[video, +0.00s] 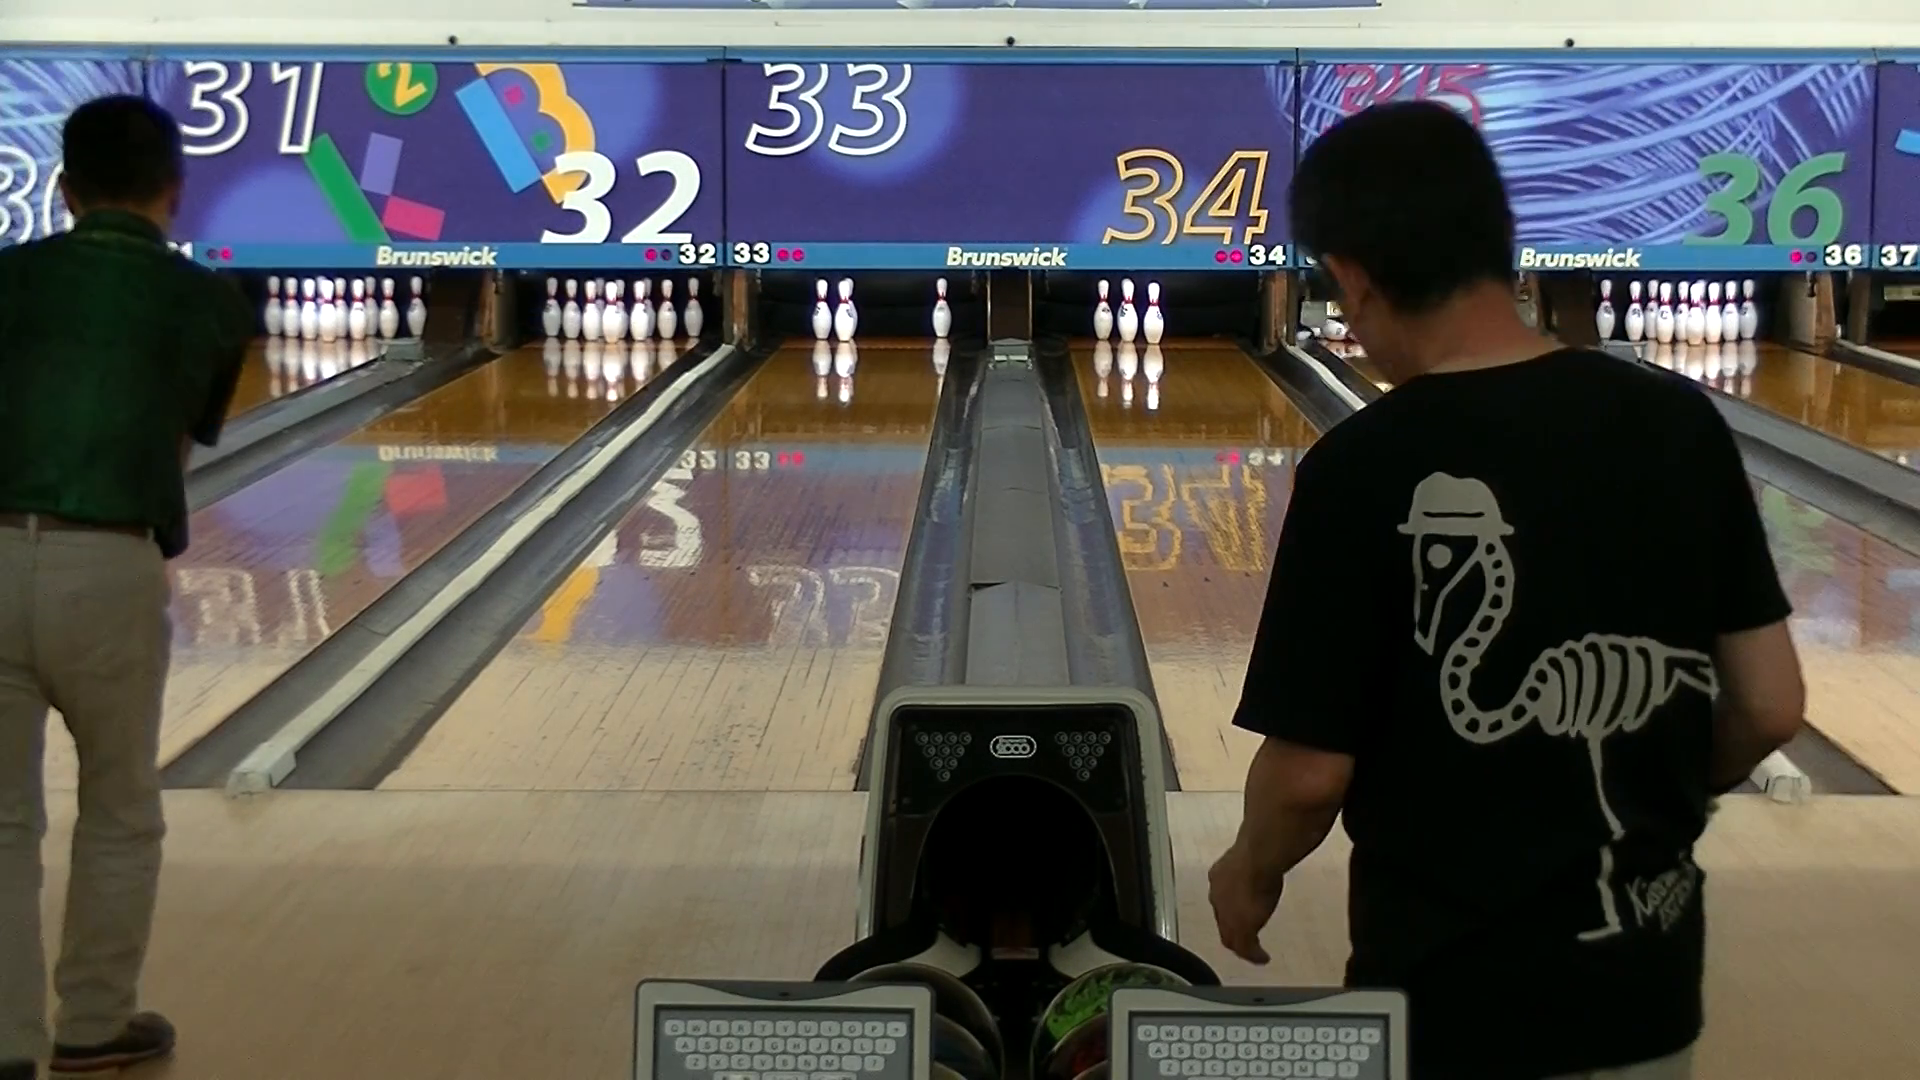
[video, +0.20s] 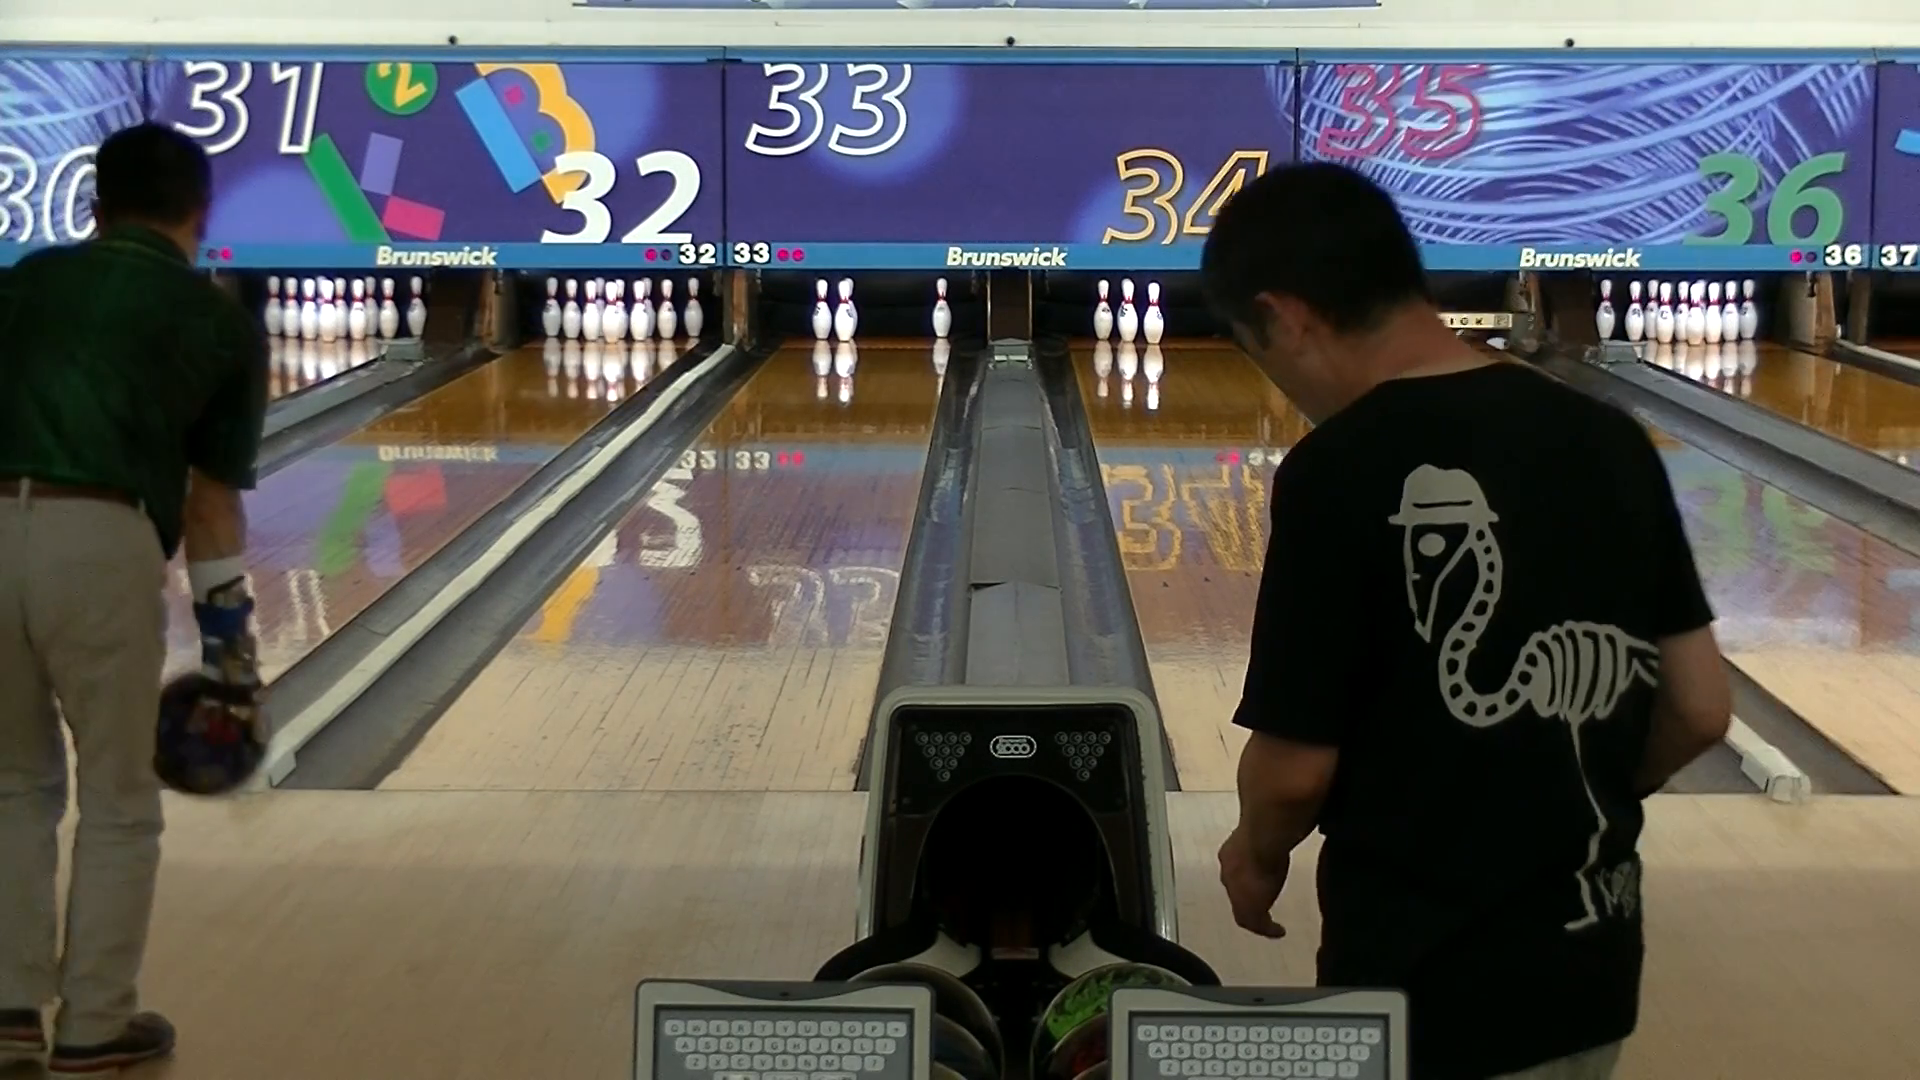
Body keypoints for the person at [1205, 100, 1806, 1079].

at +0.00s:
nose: (1341, 318)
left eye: (1331, 285)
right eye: (1332, 290)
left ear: (1355, 277)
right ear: (1495, 234)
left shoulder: (1359, 467)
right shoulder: (1675, 417)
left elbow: (1311, 775)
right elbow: (1770, 703)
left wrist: (1249, 870)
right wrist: (1652, 784)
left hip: (1448, 984)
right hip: (1645, 979)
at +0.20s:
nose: (1281, 384)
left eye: (1260, 354)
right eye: (1259, 361)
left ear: (1287, 318)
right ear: (1401, 265)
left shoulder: (1335, 471)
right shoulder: (1602, 431)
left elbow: (1293, 775)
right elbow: (1699, 707)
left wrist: (1258, 848)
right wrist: (1589, 787)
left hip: (1416, 972)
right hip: (1589, 950)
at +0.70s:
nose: (1073, 577)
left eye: (1047, 548)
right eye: (1048, 560)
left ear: (1073, 482)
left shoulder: (1176, 514)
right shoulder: (1332, 476)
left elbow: (1245, 773)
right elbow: (1400, 718)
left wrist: (1230, 890)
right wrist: (1227, 905)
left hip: (1441, 888)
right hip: (1567, 854)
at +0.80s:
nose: (1060, 618)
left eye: (1028, 587)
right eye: (1029, 598)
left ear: (1051, 517)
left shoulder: (1150, 533)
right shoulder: (1294, 498)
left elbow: (1229, 780)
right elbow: (1346, 772)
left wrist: (1190, 919)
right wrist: (1203, 915)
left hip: (1448, 873)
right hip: (1556, 841)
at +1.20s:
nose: (1027, 680)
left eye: (997, 660)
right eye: (998, 672)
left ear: (1009, 589)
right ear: (1081, 534)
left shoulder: (1088, 610)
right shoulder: (1246, 540)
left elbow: (1186, 860)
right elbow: (1321, 801)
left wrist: (1146, 1030)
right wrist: (1207, 964)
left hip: (1442, 882)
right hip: (1547, 833)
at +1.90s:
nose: (1130, 429)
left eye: (1109, 393)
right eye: (1103, 404)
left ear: (1162, 322)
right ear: (1168, 314)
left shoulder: (1245, 442)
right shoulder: (1411, 386)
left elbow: (1283, 718)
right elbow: (1429, 625)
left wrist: (1179, 792)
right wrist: (1227, 631)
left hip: (1376, 955)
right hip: (1520, 922)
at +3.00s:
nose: (1423, 386)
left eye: (1441, 333)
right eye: (1400, 347)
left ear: (1560, 289)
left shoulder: (1666, 497)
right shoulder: (1565, 463)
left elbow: (1708, 834)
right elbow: (1508, 740)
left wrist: (1465, 915)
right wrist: (1279, 775)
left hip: (1661, 1046)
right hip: (1562, 1030)